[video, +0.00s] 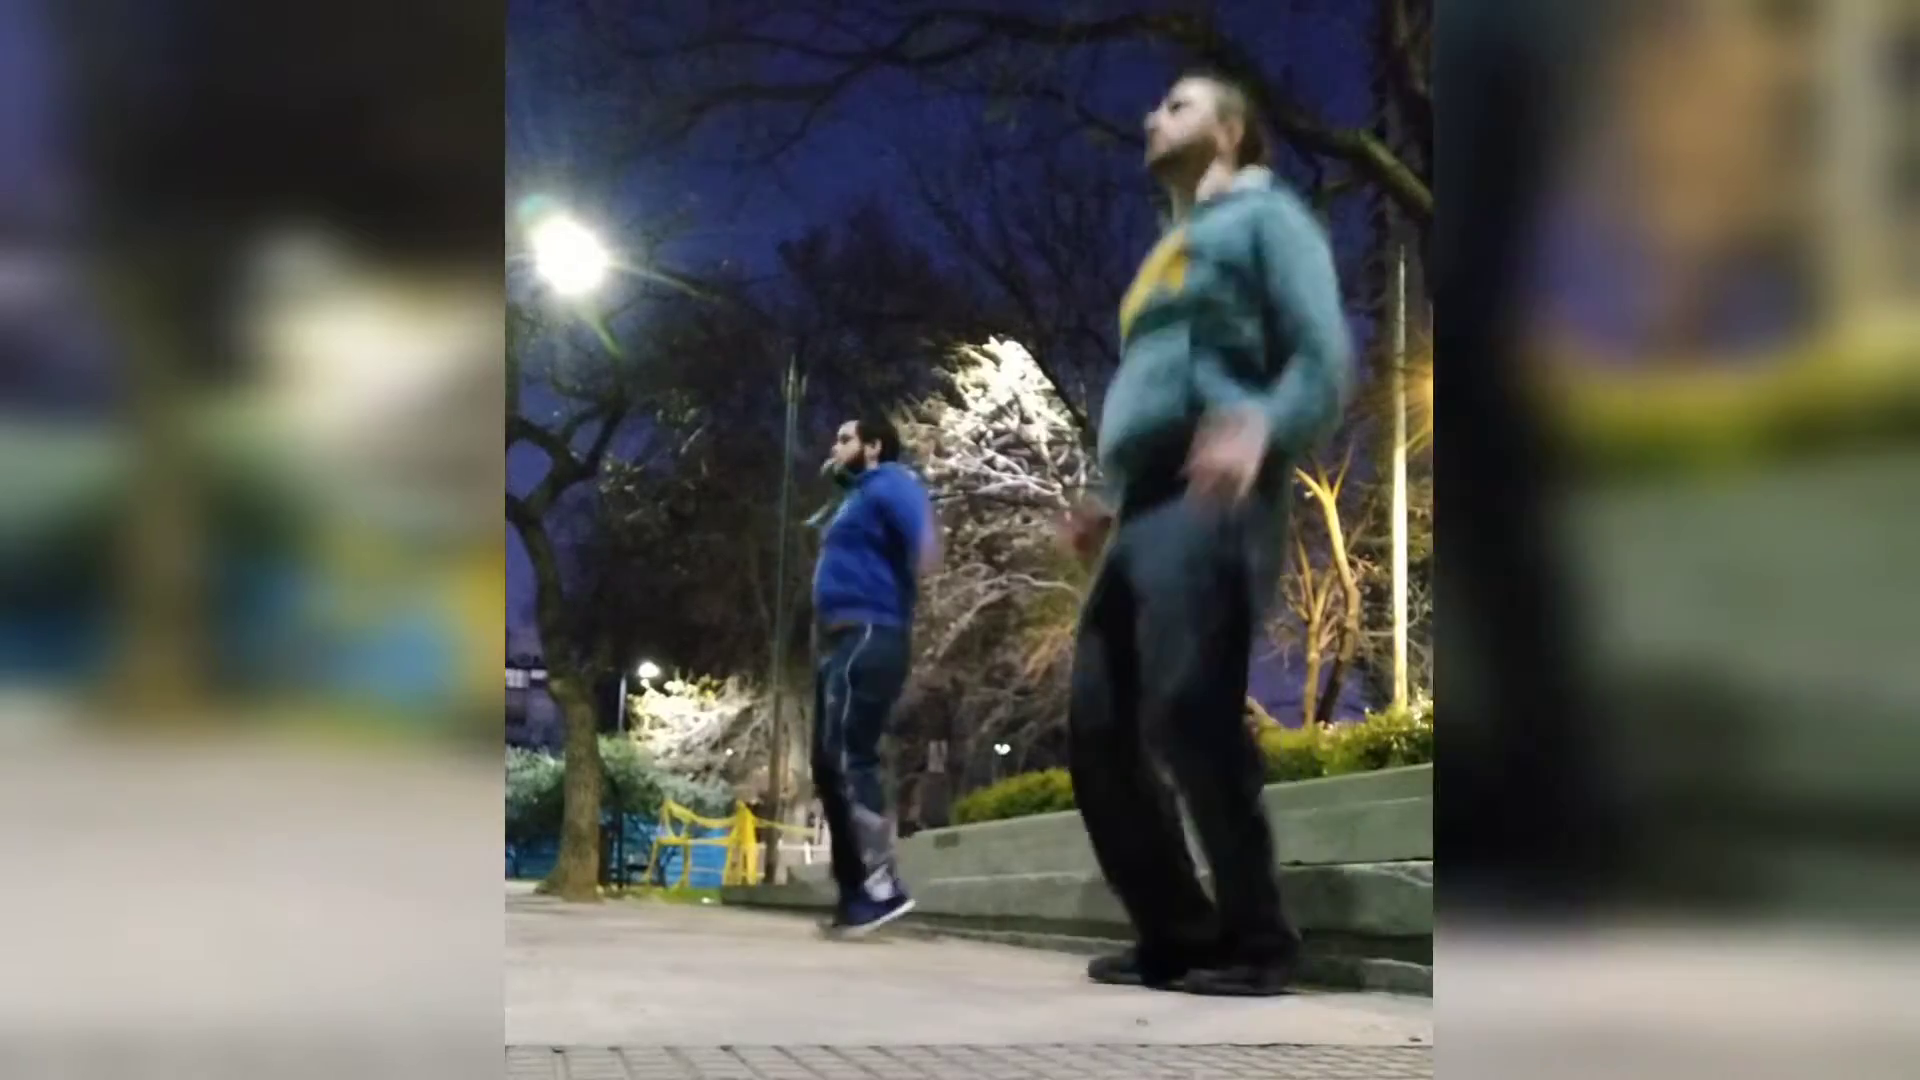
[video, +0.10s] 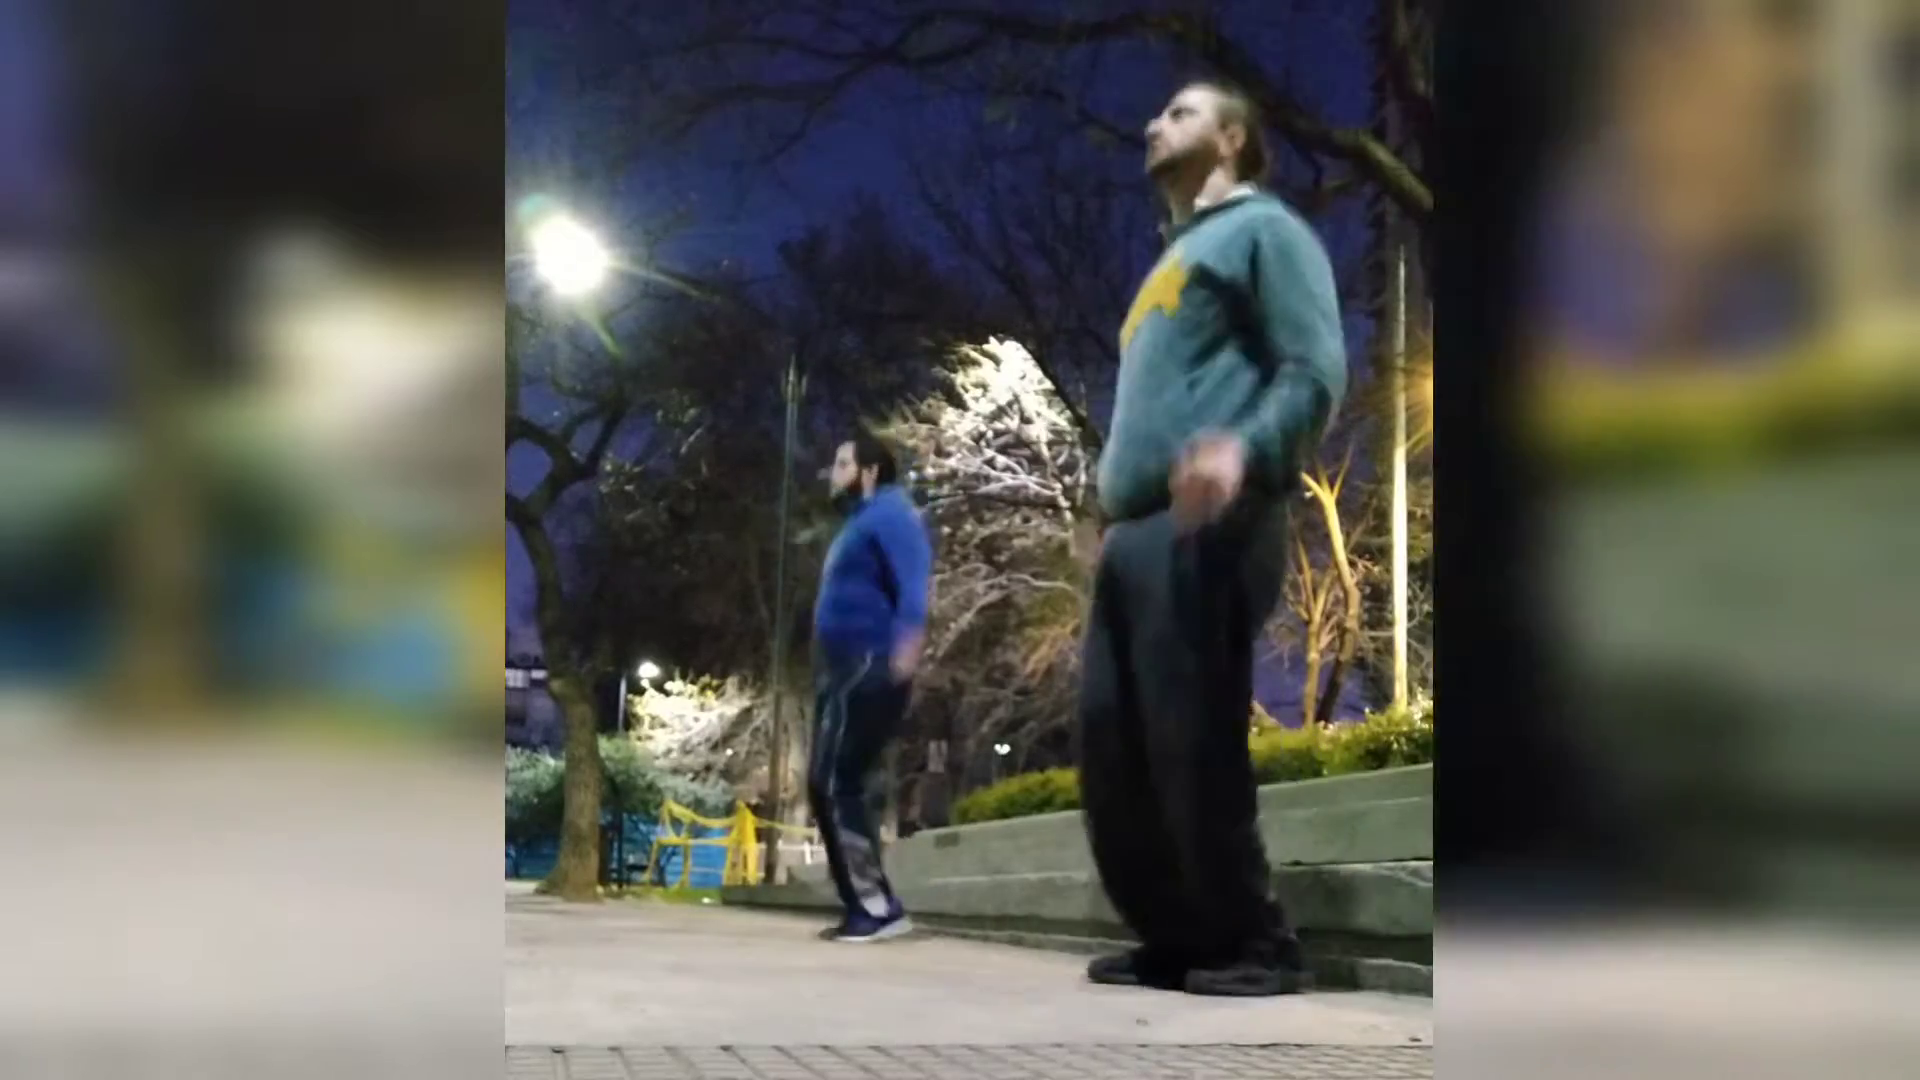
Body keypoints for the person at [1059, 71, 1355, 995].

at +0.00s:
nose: (1156, 115)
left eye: (1180, 102)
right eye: (1159, 105)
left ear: (1232, 130)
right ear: (1168, 137)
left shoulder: (1268, 214)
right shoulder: (1171, 245)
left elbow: (1327, 358)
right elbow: (1149, 382)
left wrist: (1260, 424)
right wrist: (1107, 496)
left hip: (1211, 492)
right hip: (1137, 507)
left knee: (1189, 712)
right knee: (1099, 729)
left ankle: (1256, 942)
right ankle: (1174, 936)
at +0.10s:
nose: (1158, 121)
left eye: (1182, 109)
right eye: (1160, 113)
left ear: (1232, 138)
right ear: (1171, 149)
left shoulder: (1266, 228)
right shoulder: (1176, 252)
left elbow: (1317, 371)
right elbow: (1165, 391)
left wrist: (1240, 450)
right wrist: (1120, 507)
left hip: (1207, 524)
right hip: (1134, 531)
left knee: (1193, 736)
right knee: (1110, 736)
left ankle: (1254, 947)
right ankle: (1172, 940)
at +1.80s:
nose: (1178, 95)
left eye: (1200, 84)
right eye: (1178, 87)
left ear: (1250, 112)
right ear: (1182, 122)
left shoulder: (1279, 177)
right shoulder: (1185, 229)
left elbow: (1366, 277)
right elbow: (1180, 376)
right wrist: (1119, 471)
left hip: (1244, 469)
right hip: (1174, 483)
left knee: (1241, 693)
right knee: (1149, 715)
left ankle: (1300, 943)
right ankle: (1210, 937)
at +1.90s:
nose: (1183, 122)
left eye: (1208, 112)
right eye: (1187, 114)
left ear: (1255, 144)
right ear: (1200, 154)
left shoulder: (1286, 222)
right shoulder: (1196, 251)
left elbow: (1345, 359)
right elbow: (1187, 389)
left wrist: (1275, 447)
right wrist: (1149, 496)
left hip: (1240, 519)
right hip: (1171, 531)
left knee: (1232, 734)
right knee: (1162, 739)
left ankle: (1299, 945)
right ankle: (1216, 941)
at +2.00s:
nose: (1193, 88)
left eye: (1214, 75)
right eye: (1196, 77)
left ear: (1262, 100)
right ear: (1214, 107)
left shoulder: (1296, 176)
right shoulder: (1205, 214)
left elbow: (1341, 279)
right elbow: (1197, 379)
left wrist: (1275, 294)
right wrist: (1125, 453)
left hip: (1263, 457)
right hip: (1187, 474)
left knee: (1249, 694)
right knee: (1179, 706)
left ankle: (1295, 946)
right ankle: (1211, 935)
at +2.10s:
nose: (1202, 67)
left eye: (1227, 54)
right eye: (1202, 58)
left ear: (1282, 81)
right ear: (1211, 96)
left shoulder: (1293, 155)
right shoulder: (1200, 202)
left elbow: (1360, 100)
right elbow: (1165, 324)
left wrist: (1365, 3)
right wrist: (1072, 290)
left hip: (1266, 419)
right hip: (1196, 441)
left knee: (1289, 660)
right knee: (1182, 681)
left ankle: (1358, 918)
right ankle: (1182, 906)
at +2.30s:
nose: (1201, 155)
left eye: (1221, 139)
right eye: (1197, 145)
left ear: (1268, 155)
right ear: (1205, 174)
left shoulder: (1294, 216)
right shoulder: (1189, 260)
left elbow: (1335, 39)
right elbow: (1156, 233)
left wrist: (1261, 24)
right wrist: (1181, 138)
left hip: (1274, 512)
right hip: (1198, 532)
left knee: (1281, 725)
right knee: (1152, 752)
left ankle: (1418, 940)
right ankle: (1190, 938)